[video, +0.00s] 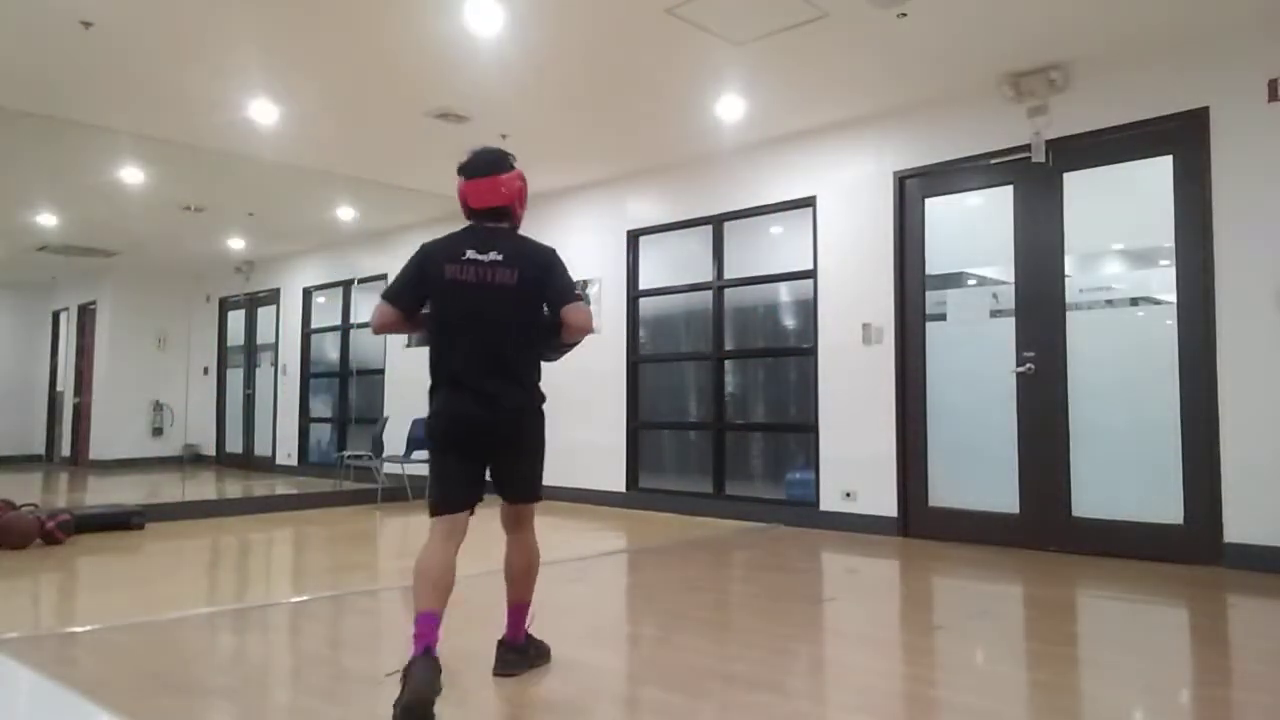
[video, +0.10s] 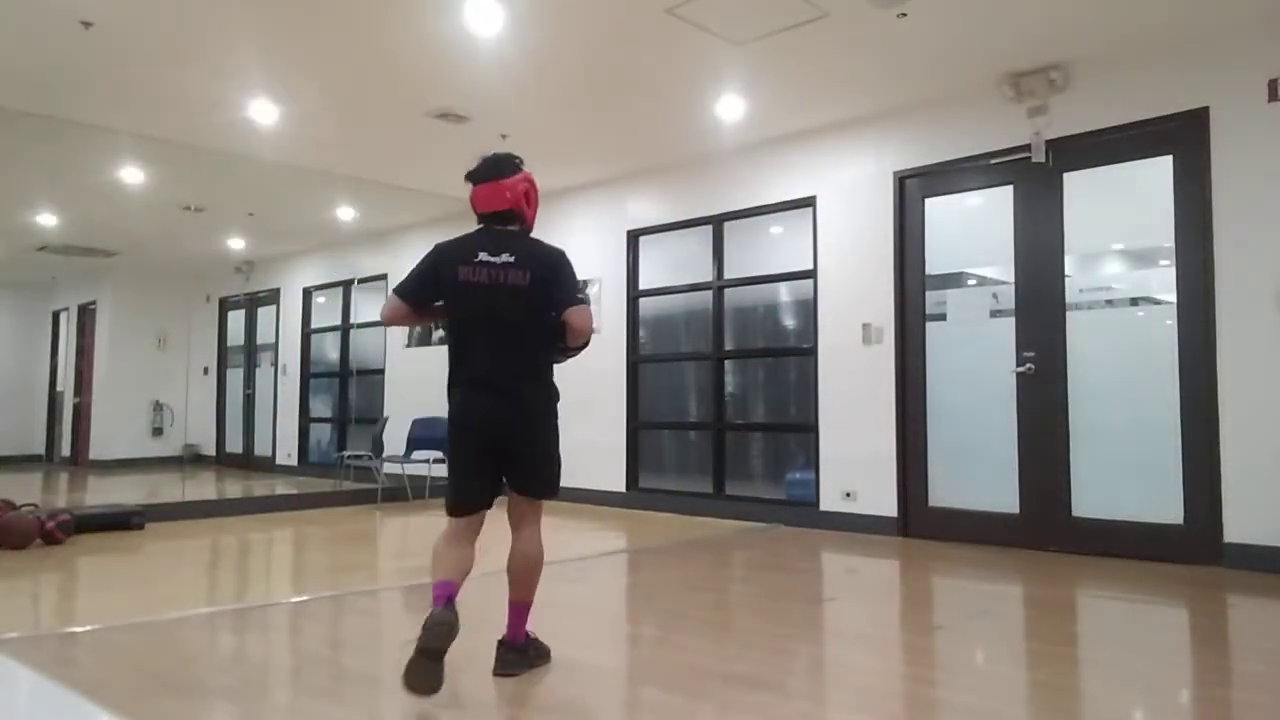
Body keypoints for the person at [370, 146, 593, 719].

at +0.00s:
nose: (519, 198)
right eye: (518, 190)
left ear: (463, 199)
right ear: (517, 198)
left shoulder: (434, 254)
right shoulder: (539, 257)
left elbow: (384, 320)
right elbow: (578, 323)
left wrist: (434, 319)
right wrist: (549, 340)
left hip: (452, 412)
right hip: (517, 414)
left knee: (445, 530)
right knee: (519, 526)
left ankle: (423, 654)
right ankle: (515, 641)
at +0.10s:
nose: (534, 199)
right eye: (532, 191)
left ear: (475, 202)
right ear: (526, 198)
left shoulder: (448, 254)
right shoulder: (549, 258)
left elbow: (393, 312)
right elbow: (580, 327)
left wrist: (445, 309)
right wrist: (548, 342)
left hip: (468, 415)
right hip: (530, 414)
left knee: (461, 523)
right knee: (526, 523)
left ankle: (441, 608)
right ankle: (515, 639)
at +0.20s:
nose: (541, 199)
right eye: (539, 191)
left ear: (484, 202)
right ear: (533, 198)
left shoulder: (459, 252)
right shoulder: (558, 255)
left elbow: (399, 304)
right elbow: (590, 320)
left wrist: (453, 310)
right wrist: (555, 339)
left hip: (478, 404)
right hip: (536, 404)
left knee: (478, 505)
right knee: (528, 519)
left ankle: (462, 592)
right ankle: (515, 640)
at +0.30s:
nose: (545, 201)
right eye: (542, 194)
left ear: (490, 205)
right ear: (538, 201)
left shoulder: (465, 255)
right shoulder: (564, 256)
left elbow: (407, 302)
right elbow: (599, 317)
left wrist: (461, 319)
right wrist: (568, 338)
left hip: (485, 400)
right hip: (539, 400)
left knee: (493, 504)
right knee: (530, 516)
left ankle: (480, 609)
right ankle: (515, 641)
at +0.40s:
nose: (548, 210)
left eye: (542, 204)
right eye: (546, 204)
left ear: (494, 215)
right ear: (541, 209)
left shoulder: (472, 263)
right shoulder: (567, 262)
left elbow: (424, 315)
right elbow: (604, 321)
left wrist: (474, 325)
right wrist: (573, 341)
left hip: (492, 406)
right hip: (543, 405)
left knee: (500, 509)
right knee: (531, 518)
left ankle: (502, 606)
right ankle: (514, 643)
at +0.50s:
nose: (550, 222)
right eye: (548, 215)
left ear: (498, 226)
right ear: (544, 221)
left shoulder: (478, 274)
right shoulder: (568, 271)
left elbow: (438, 328)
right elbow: (604, 329)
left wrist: (484, 335)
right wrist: (569, 347)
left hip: (498, 412)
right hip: (547, 410)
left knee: (508, 515)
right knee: (534, 519)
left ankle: (518, 622)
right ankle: (514, 641)